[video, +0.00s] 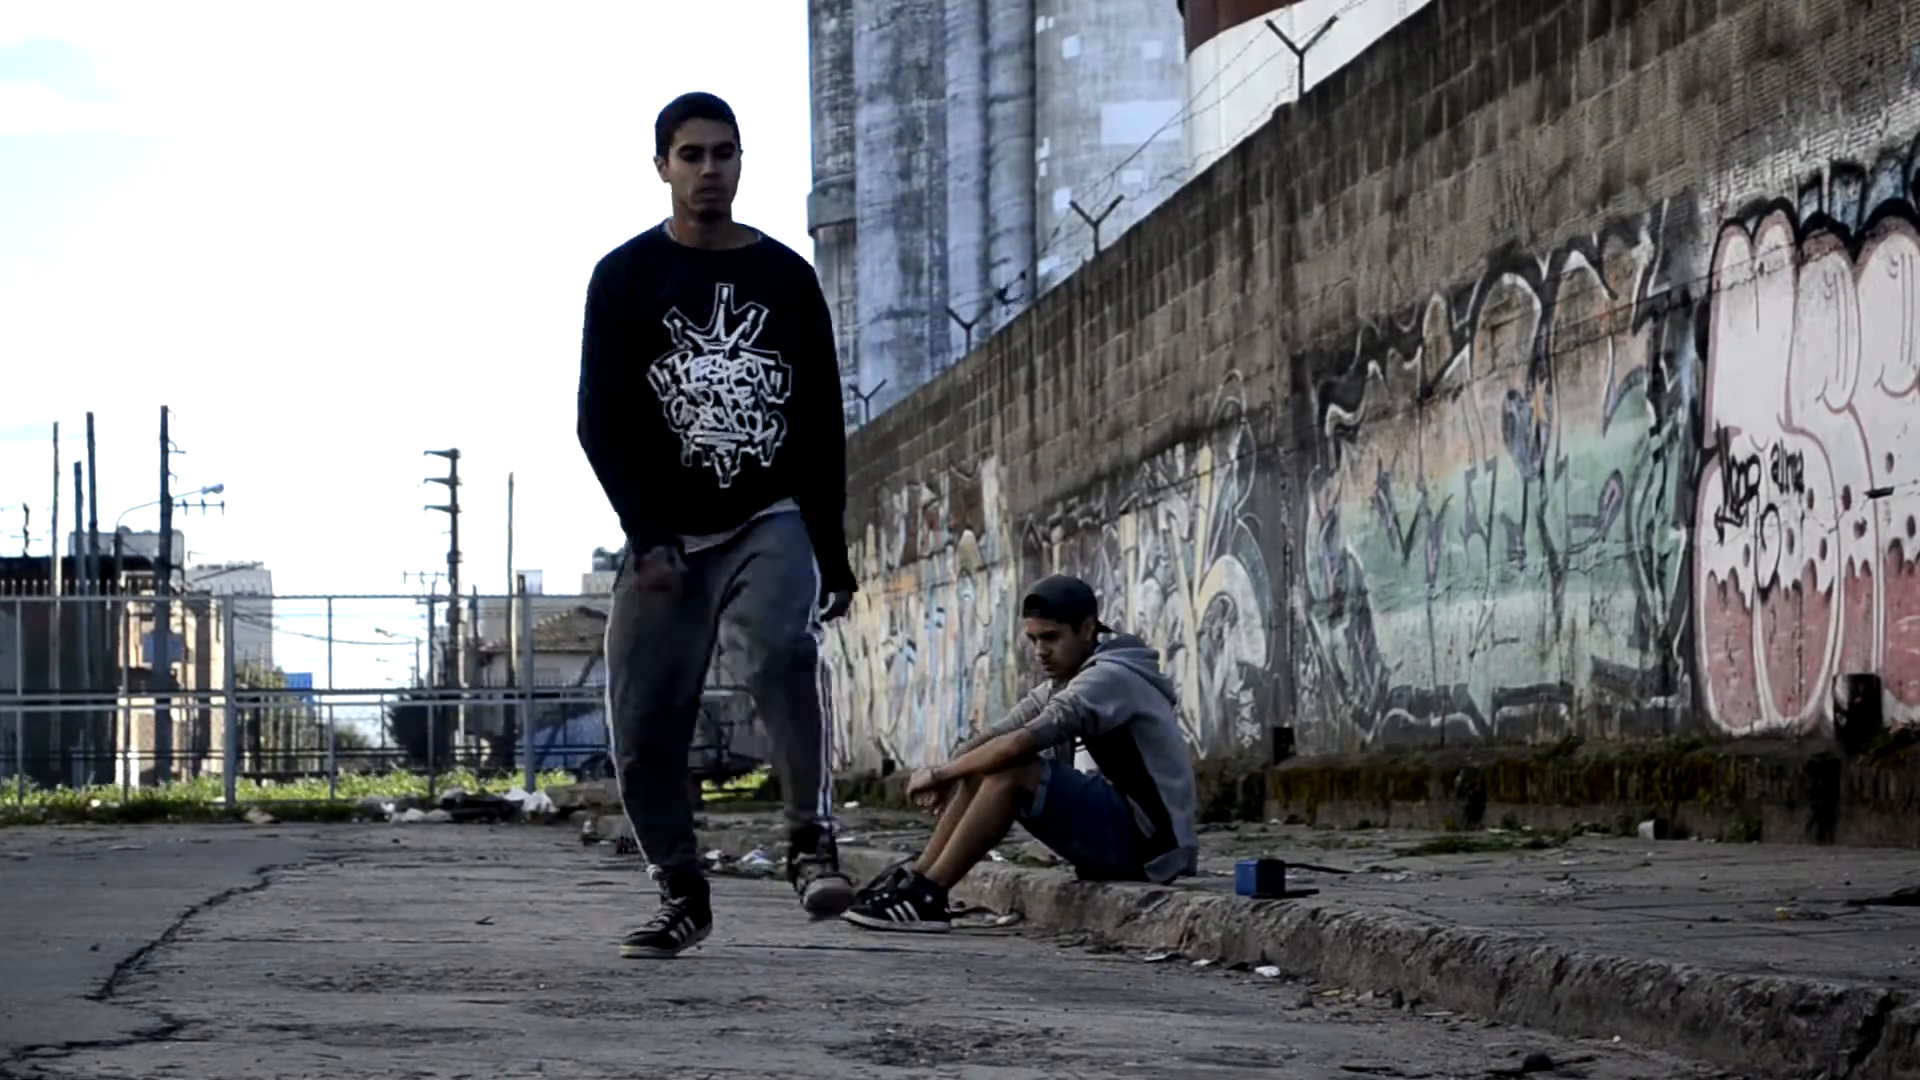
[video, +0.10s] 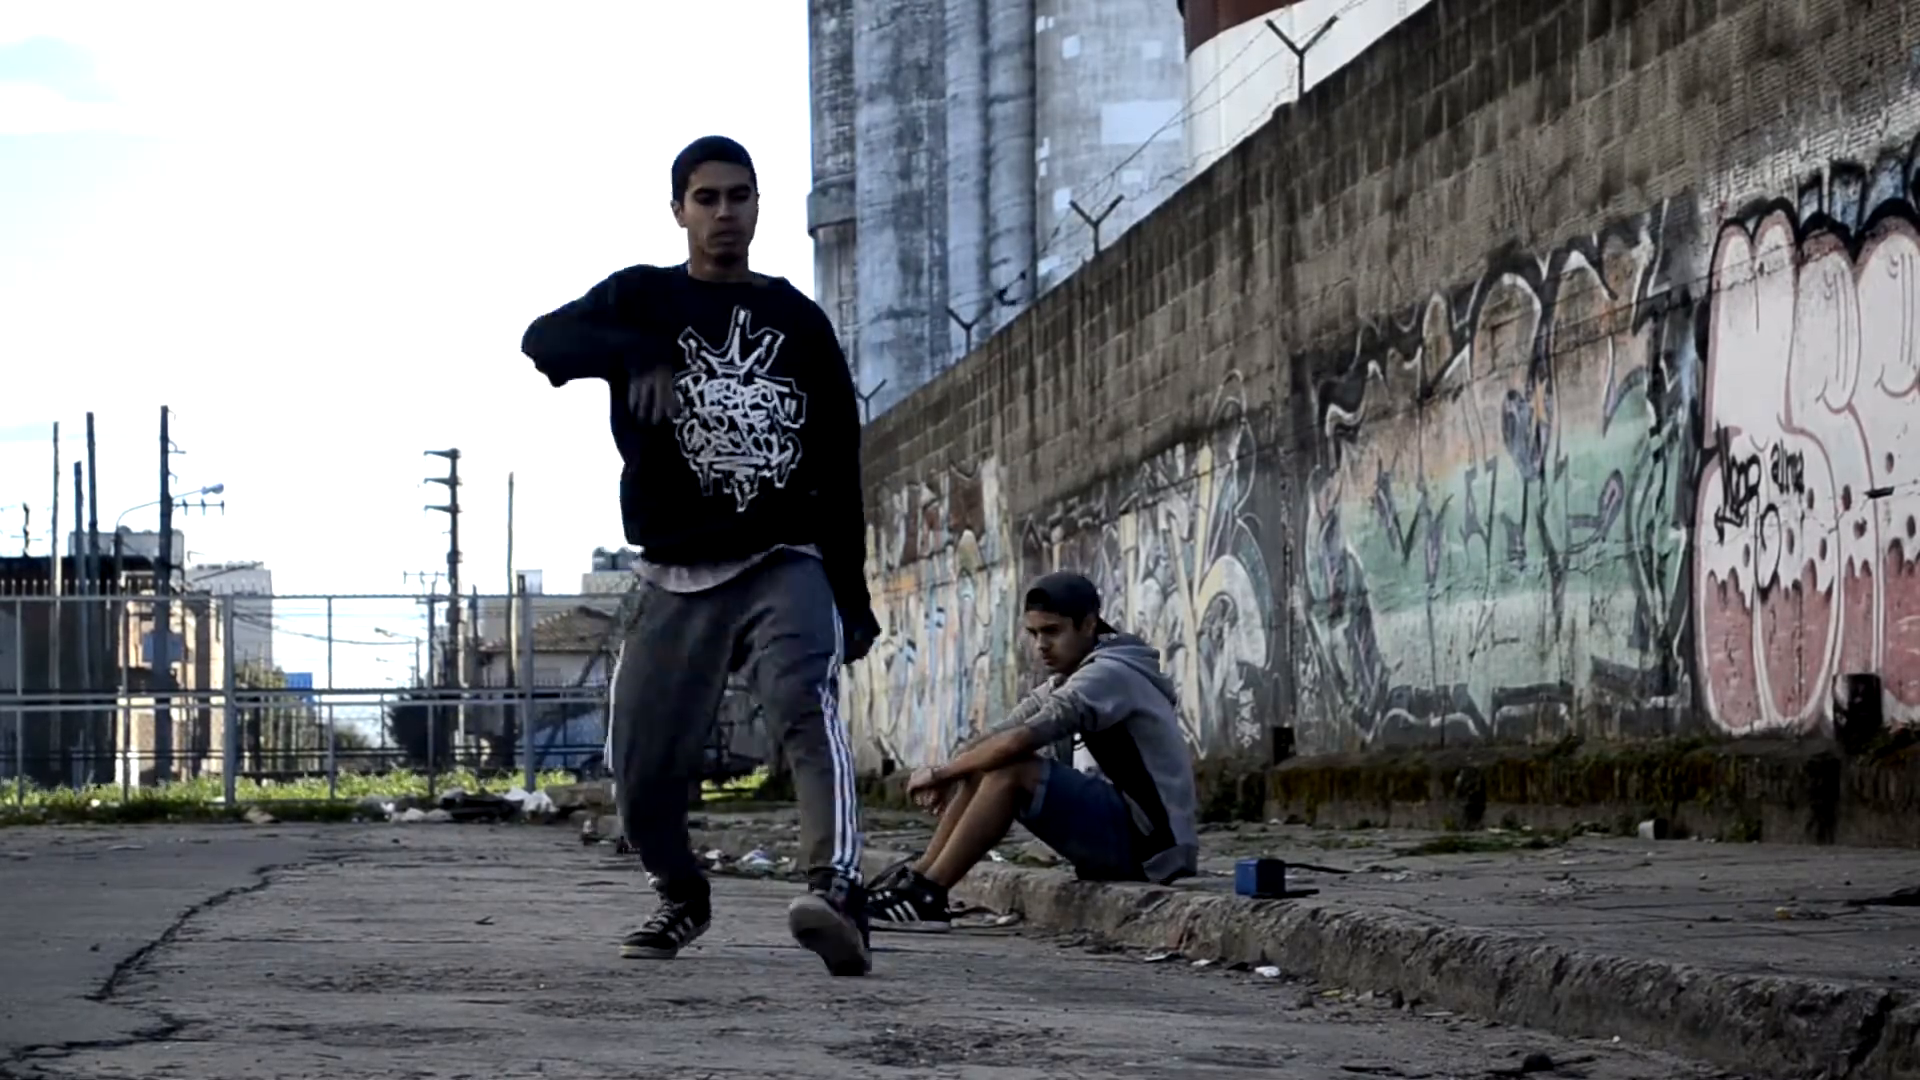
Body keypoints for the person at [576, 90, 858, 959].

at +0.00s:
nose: (709, 170)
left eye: (723, 154)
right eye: (691, 155)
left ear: (741, 164)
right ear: (663, 167)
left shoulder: (788, 275)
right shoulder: (623, 276)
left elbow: (821, 415)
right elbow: (599, 414)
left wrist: (830, 544)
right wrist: (641, 531)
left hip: (771, 512)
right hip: (663, 529)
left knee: (786, 651)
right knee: (639, 728)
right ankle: (683, 897)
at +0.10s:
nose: (726, 211)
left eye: (739, 196)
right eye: (708, 198)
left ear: (758, 207)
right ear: (680, 211)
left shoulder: (799, 319)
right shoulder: (640, 295)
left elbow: (839, 459)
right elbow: (544, 340)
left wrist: (850, 586)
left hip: (782, 558)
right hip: (672, 570)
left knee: (802, 701)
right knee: (640, 766)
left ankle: (836, 894)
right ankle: (682, 897)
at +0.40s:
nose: (766, 291)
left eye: (770, 277)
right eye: (744, 279)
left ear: (777, 292)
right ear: (699, 304)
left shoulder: (835, 389)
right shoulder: (660, 388)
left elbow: (962, 413)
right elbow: (570, 323)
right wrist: (636, 243)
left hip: (794, 634)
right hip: (689, 661)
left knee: (800, 700)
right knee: (616, 858)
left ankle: (843, 911)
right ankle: (688, 887)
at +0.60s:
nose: (753, 266)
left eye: (757, 252)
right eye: (731, 254)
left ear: (765, 267)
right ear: (687, 276)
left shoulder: (821, 359)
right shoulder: (648, 364)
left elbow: (945, 372)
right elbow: (547, 320)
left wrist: (882, 259)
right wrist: (619, 229)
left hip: (790, 604)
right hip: (685, 628)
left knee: (791, 698)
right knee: (631, 834)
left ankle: (838, 907)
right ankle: (685, 888)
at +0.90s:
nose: (709, 153)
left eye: (720, 139)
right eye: (691, 140)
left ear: (733, 152)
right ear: (655, 153)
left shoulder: (778, 260)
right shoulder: (612, 267)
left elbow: (794, 399)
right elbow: (581, 397)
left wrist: (809, 524)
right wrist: (587, 507)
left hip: (755, 523)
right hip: (642, 521)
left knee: (747, 717)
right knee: (637, 713)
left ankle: (704, 893)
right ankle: (629, 889)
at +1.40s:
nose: (694, 181)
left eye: (707, 167)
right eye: (677, 168)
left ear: (722, 177)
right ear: (647, 179)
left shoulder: (766, 274)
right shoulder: (606, 285)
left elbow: (813, 389)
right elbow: (534, 400)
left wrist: (767, 477)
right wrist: (549, 492)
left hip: (752, 526)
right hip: (647, 525)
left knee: (750, 706)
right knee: (662, 692)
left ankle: (699, 834)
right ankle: (686, 872)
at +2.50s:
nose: (598, 266)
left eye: (613, 251)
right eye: (581, 252)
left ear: (635, 263)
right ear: (555, 270)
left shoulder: (690, 341)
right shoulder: (533, 363)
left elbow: (762, 437)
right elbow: (465, 448)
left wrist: (671, 501)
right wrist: (482, 473)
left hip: (701, 611)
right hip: (583, 604)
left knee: (772, 731)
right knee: (456, 710)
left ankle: (760, 910)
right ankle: (405, 902)